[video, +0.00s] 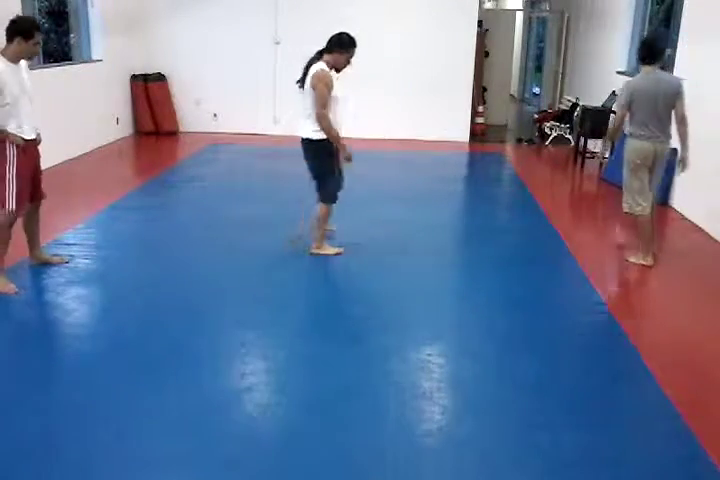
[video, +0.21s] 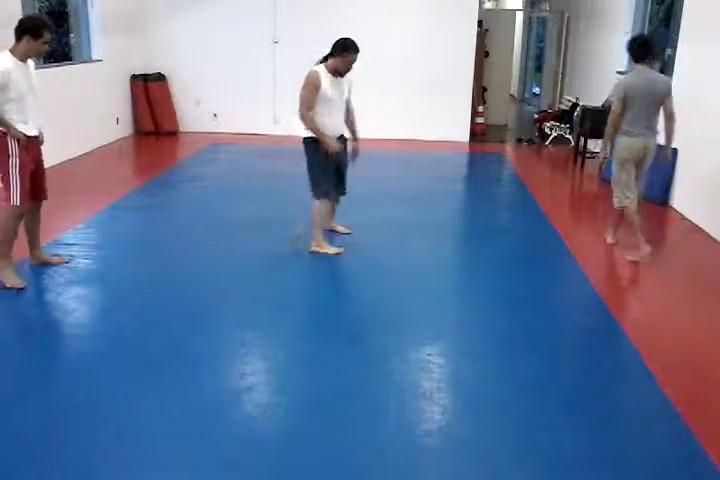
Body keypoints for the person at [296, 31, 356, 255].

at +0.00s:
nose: (348, 63)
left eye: (350, 58)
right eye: (348, 57)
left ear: (333, 52)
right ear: (335, 52)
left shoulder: (318, 69)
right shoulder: (322, 75)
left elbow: (320, 114)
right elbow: (321, 115)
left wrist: (336, 140)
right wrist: (340, 144)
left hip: (315, 137)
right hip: (319, 139)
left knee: (330, 185)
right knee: (329, 189)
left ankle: (321, 226)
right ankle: (319, 243)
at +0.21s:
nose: (351, 67)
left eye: (353, 62)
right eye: (350, 61)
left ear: (346, 59)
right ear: (338, 56)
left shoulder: (344, 80)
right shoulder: (315, 77)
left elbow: (347, 110)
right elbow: (304, 113)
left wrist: (354, 137)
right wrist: (324, 139)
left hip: (338, 138)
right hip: (318, 139)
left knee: (337, 188)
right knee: (323, 193)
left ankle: (329, 221)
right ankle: (317, 241)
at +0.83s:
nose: (311, 62)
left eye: (315, 59)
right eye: (307, 58)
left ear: (322, 56)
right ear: (301, 54)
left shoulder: (332, 72)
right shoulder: (291, 70)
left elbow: (340, 101)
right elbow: (284, 100)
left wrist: (346, 129)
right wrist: (279, 131)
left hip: (325, 129)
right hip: (299, 129)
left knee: (331, 178)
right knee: (296, 175)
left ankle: (330, 220)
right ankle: (296, 212)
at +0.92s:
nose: (305, 63)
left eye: (309, 59)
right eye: (301, 59)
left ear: (317, 55)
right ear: (296, 55)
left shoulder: (329, 72)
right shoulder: (288, 70)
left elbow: (336, 103)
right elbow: (283, 101)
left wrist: (336, 130)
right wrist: (280, 131)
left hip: (323, 129)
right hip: (298, 129)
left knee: (331, 176)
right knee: (295, 175)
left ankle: (333, 218)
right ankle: (296, 212)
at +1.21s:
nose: (302, 61)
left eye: (306, 57)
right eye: (299, 57)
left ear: (315, 51)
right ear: (294, 53)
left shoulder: (328, 68)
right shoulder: (290, 69)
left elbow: (340, 97)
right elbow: (285, 98)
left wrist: (335, 102)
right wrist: (280, 130)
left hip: (324, 127)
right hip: (299, 127)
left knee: (334, 174)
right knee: (295, 173)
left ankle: (343, 212)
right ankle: (296, 211)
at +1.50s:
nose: (314, 62)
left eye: (317, 59)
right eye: (312, 58)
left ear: (328, 56)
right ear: (309, 54)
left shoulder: (338, 68)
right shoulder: (303, 69)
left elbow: (348, 74)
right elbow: (296, 98)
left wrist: (337, 46)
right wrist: (288, 128)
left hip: (333, 127)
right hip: (308, 126)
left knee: (341, 176)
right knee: (300, 173)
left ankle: (344, 213)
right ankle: (297, 211)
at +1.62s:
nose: (317, 62)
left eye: (321, 59)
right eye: (315, 58)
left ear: (332, 55)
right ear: (313, 53)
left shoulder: (343, 64)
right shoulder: (307, 68)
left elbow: (359, 67)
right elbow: (300, 99)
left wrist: (342, 42)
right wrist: (294, 130)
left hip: (336, 127)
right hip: (311, 126)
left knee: (344, 176)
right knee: (303, 174)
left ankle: (344, 213)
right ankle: (299, 211)